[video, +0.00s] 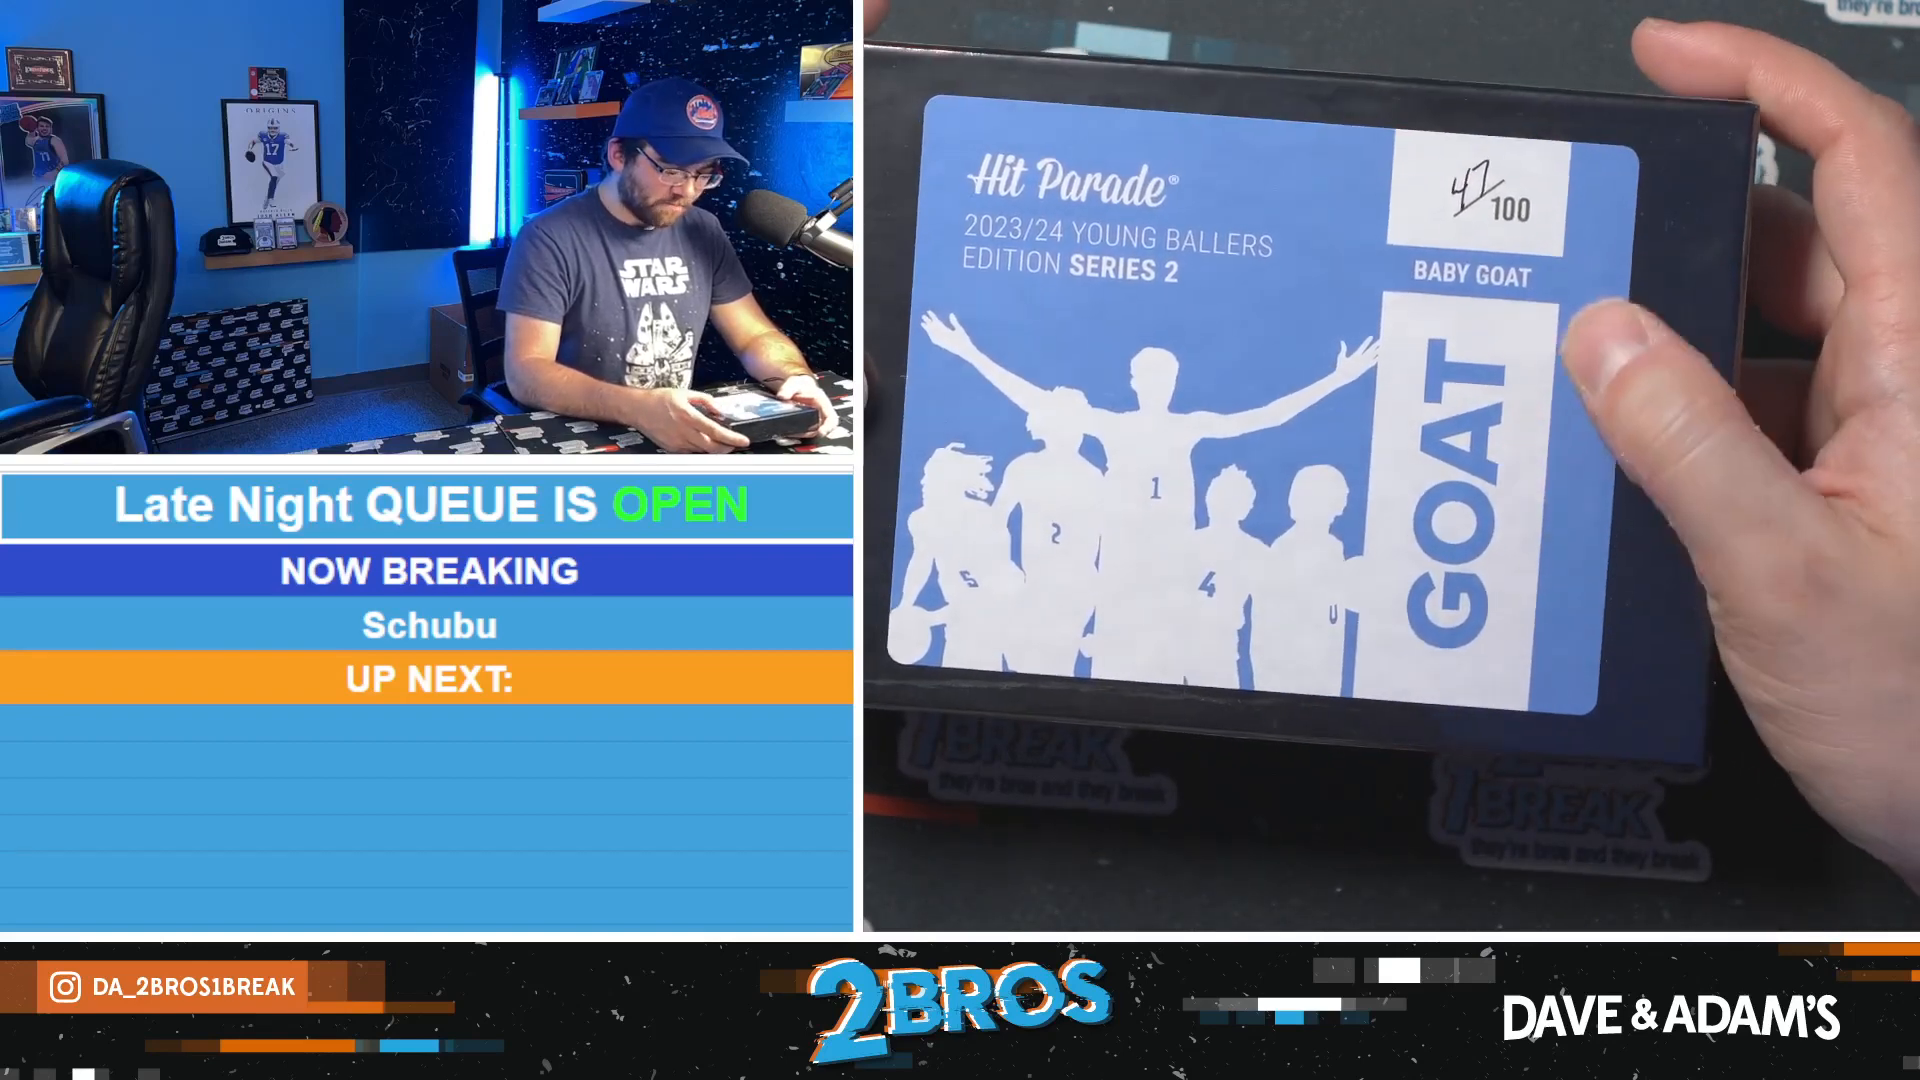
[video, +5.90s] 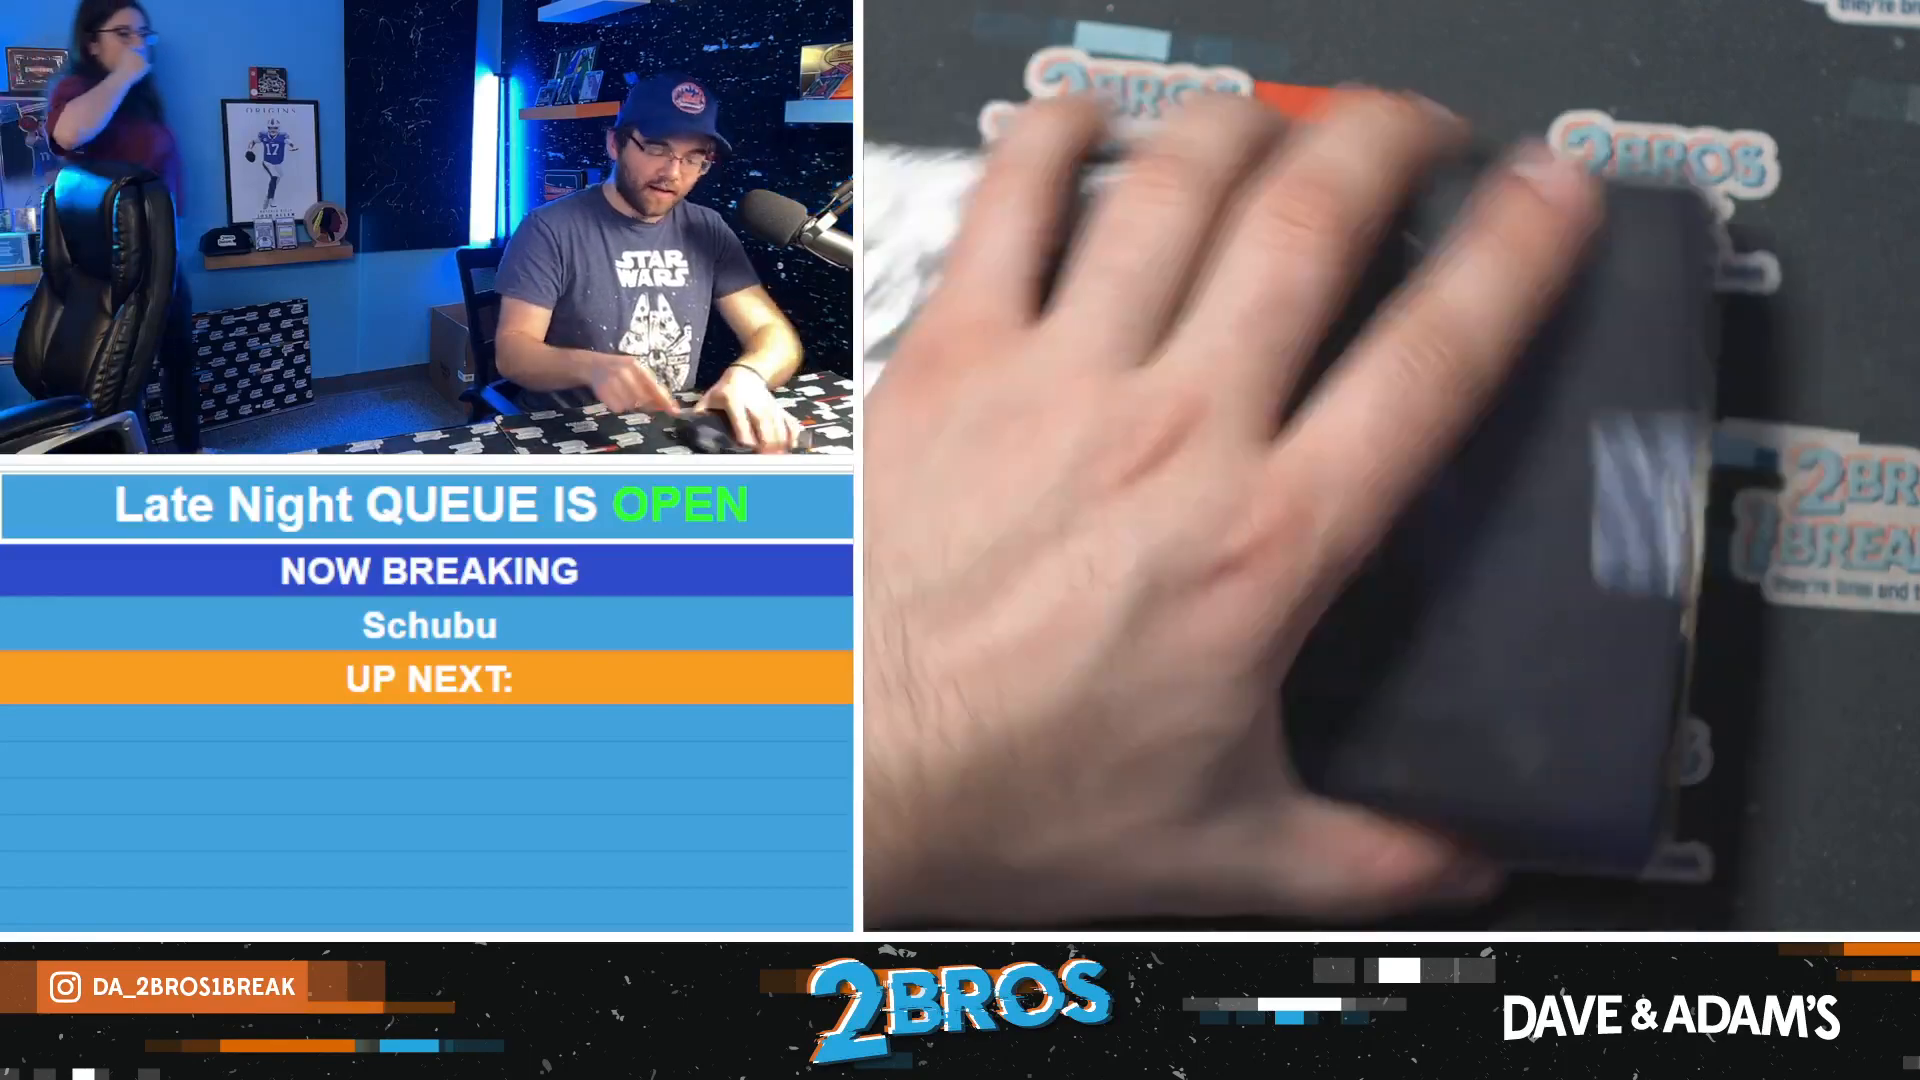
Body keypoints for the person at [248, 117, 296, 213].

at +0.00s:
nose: (273, 130)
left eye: (275, 128)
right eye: (271, 128)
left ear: (278, 128)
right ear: (268, 128)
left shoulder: (283, 136)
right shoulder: (263, 136)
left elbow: (290, 142)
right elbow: (253, 141)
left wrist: (292, 147)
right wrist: (250, 149)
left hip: (279, 164)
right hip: (267, 162)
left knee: (275, 182)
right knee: (274, 176)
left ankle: (267, 199)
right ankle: (270, 199)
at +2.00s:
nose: (273, 130)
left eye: (275, 128)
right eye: (271, 128)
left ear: (278, 128)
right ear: (268, 128)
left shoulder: (283, 136)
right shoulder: (263, 136)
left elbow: (290, 143)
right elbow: (253, 141)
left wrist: (292, 147)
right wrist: (250, 149)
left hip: (279, 164)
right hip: (267, 162)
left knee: (275, 182)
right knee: (274, 176)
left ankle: (267, 200)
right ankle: (270, 199)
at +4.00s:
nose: (272, 130)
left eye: (275, 128)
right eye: (270, 128)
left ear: (278, 129)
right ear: (268, 128)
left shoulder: (283, 136)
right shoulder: (263, 136)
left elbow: (289, 142)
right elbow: (253, 142)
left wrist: (292, 146)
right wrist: (250, 149)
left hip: (278, 163)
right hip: (267, 162)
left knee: (276, 181)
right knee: (274, 176)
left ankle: (267, 200)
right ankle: (270, 199)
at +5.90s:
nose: (273, 131)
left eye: (275, 129)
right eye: (271, 129)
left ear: (278, 129)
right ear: (268, 129)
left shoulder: (283, 137)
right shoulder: (264, 137)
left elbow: (290, 143)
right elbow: (253, 142)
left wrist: (293, 147)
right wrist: (250, 147)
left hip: (278, 163)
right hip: (267, 162)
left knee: (277, 180)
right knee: (275, 176)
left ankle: (268, 198)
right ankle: (271, 199)